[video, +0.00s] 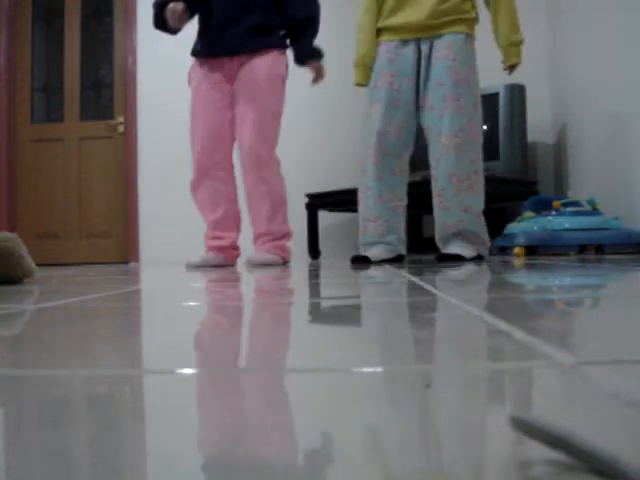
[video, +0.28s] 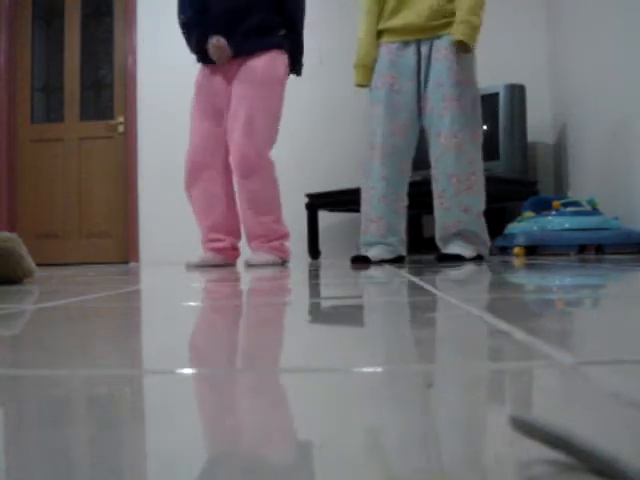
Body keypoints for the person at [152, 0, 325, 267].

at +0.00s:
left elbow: (301, 5)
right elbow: (163, 15)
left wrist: (305, 49)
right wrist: (170, 14)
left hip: (262, 55)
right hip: (209, 57)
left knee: (256, 151)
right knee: (208, 156)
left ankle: (272, 247)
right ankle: (221, 249)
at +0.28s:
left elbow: (293, 7)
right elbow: (187, 8)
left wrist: (291, 54)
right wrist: (205, 42)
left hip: (263, 54)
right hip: (214, 61)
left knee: (248, 154)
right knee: (204, 159)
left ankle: (270, 247)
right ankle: (220, 249)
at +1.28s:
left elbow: (303, 3)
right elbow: (200, 7)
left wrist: (294, 51)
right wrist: (195, 65)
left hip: (287, 63)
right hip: (232, 63)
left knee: (304, 157)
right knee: (242, 158)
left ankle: (294, 247)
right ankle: (236, 248)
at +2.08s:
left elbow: (299, 2)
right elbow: (186, 3)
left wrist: (303, 51)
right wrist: (190, 39)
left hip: (267, 53)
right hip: (212, 56)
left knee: (259, 153)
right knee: (202, 158)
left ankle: (275, 248)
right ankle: (218, 249)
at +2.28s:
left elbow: (309, 2)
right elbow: (191, 4)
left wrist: (316, 49)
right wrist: (197, 45)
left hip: (276, 56)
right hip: (220, 58)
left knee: (267, 155)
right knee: (219, 157)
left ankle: (276, 248)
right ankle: (221, 248)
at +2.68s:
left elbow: (310, 6)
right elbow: (202, 4)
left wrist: (312, 61)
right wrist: (217, 39)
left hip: (281, 56)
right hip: (225, 57)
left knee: (274, 158)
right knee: (223, 160)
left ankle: (277, 247)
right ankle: (222, 248)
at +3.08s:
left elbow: (309, 3)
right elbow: (186, 9)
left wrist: (322, 21)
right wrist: (165, 61)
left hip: (279, 67)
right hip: (227, 67)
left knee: (299, 154)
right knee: (241, 153)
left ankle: (294, 247)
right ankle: (211, 246)